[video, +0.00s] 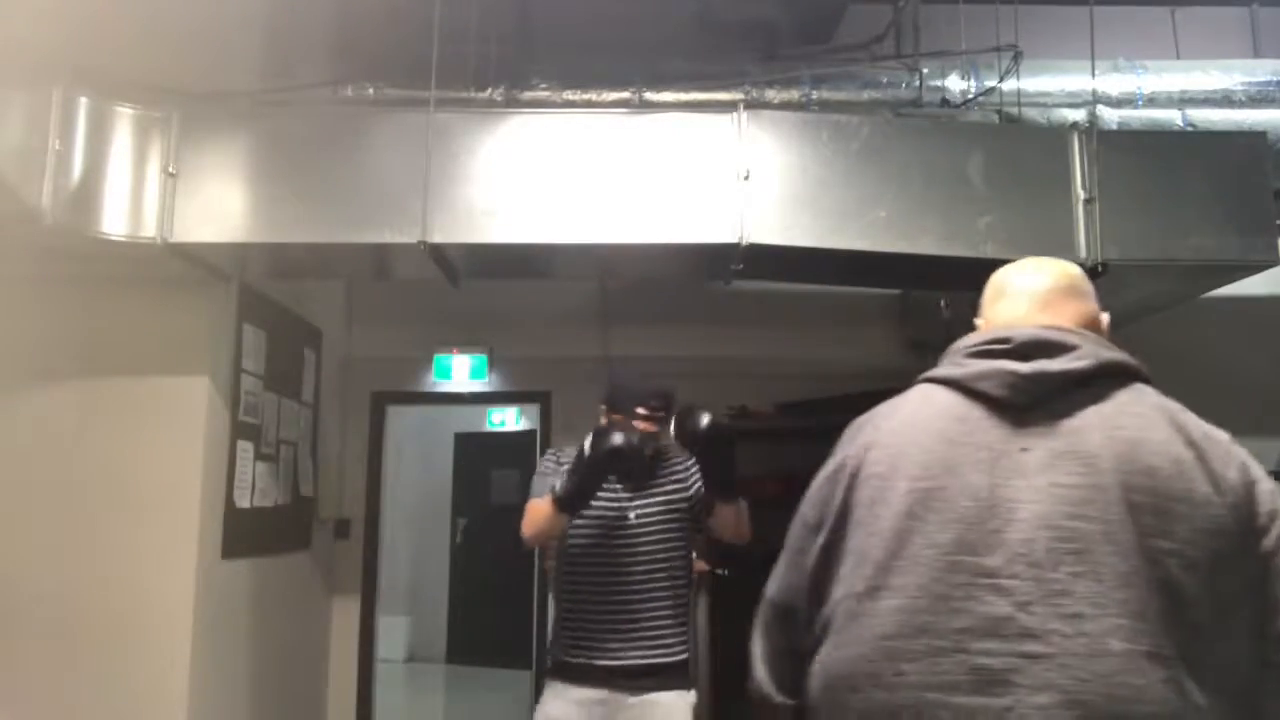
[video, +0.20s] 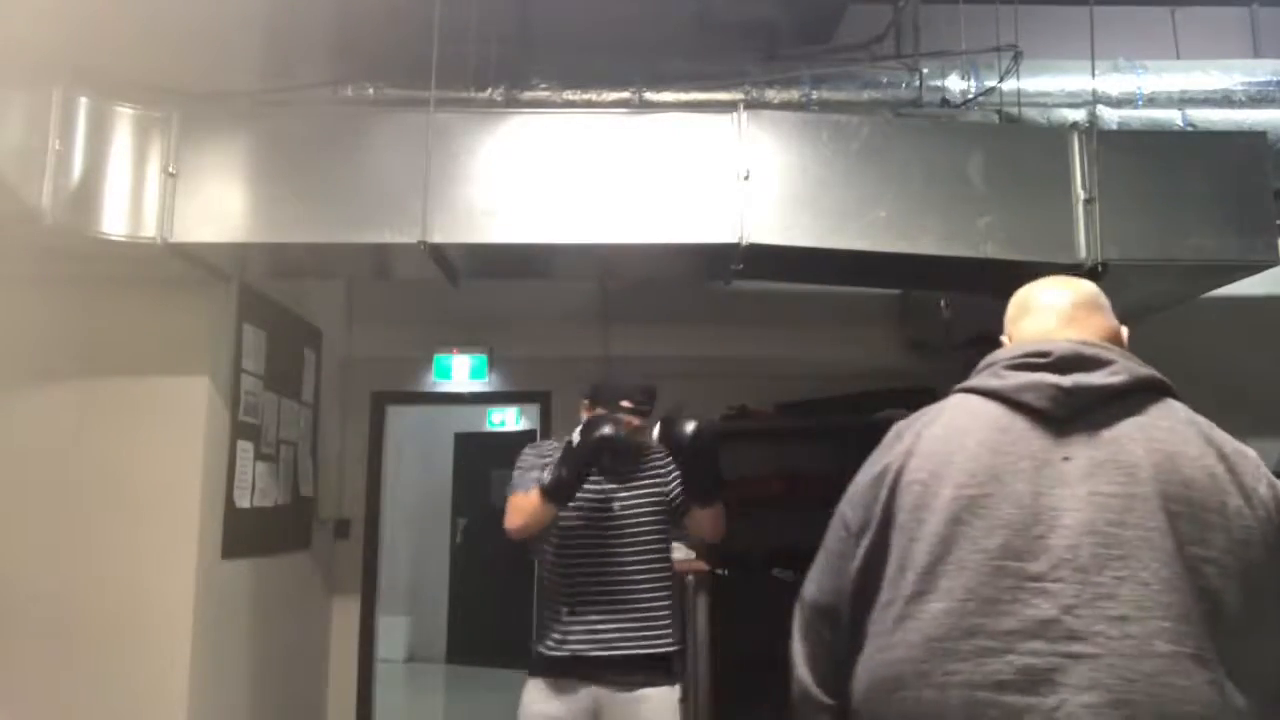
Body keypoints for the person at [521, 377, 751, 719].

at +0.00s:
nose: (644, 429)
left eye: (655, 420)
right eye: (633, 417)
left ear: (667, 424)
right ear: (606, 417)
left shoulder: (683, 468)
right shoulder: (564, 462)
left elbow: (736, 537)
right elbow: (532, 533)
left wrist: (719, 461)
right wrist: (590, 474)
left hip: (663, 688)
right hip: (577, 683)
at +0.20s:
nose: (628, 425)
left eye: (640, 417)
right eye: (618, 414)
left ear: (651, 421)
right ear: (588, 412)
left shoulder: (661, 462)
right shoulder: (544, 456)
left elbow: (711, 532)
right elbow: (517, 525)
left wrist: (700, 461)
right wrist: (577, 464)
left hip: (647, 676)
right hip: (560, 674)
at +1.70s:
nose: (499, 432)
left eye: (505, 419)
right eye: (494, 413)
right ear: (453, 390)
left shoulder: (460, 464)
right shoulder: (365, 451)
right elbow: (371, 567)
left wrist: (518, 544)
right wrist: (468, 515)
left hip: (453, 694)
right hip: (365, 701)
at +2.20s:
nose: (519, 439)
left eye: (526, 427)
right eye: (515, 419)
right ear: (474, 399)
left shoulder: (479, 470)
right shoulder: (385, 457)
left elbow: (509, 562)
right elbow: (408, 560)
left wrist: (551, 508)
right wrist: (497, 505)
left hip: (461, 700)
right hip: (375, 704)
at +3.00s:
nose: (486, 435)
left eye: (486, 420)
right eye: (470, 417)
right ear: (419, 422)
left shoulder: (462, 493)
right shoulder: (354, 498)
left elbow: (470, 590)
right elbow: (413, 609)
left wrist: (509, 621)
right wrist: (491, 540)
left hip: (454, 707)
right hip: (365, 711)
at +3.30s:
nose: (602, 458)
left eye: (604, 442)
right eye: (587, 441)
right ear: (537, 442)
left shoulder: (601, 490)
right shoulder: (474, 515)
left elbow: (678, 497)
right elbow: (507, 630)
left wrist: (725, 479)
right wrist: (587, 554)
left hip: (596, 706)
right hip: (497, 710)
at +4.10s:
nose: (546, 441)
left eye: (550, 426)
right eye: (538, 421)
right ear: (491, 410)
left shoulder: (501, 482)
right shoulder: (415, 484)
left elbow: (510, 576)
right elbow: (451, 606)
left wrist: (573, 575)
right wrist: (542, 552)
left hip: (499, 705)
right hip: (417, 710)